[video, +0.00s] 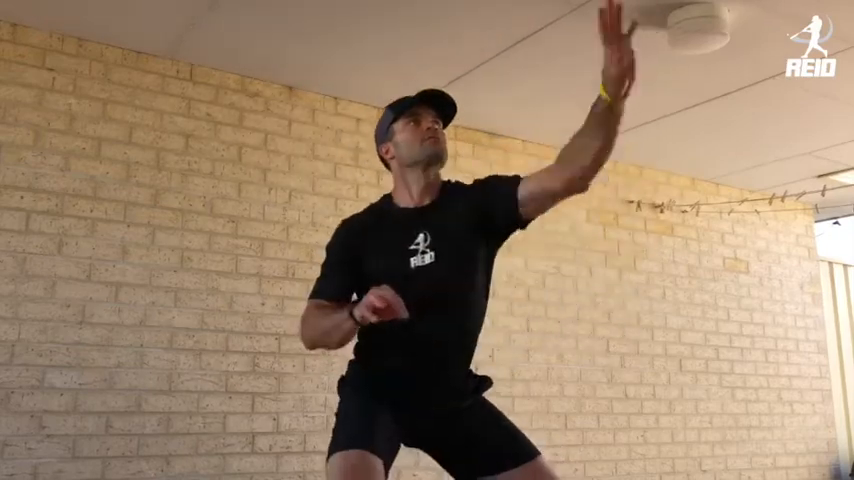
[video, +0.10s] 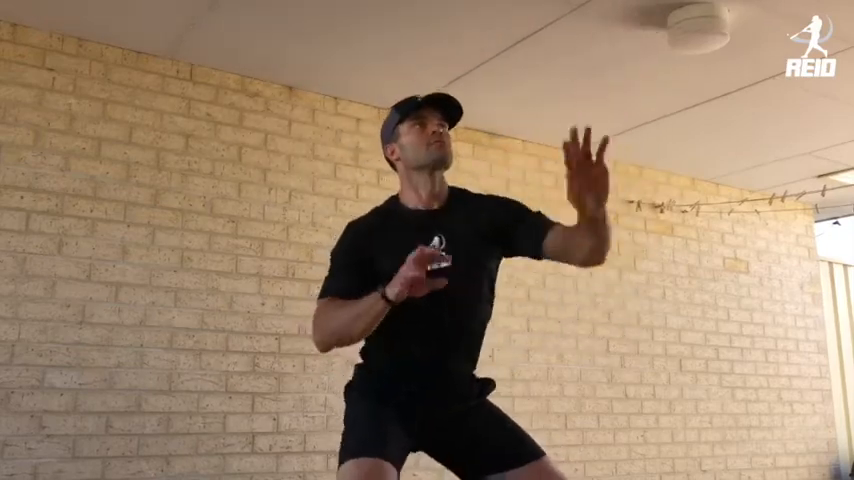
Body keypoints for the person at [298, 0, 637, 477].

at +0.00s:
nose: (432, 124)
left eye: (437, 120)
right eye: (413, 120)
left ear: (446, 142)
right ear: (386, 150)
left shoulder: (480, 205)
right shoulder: (357, 233)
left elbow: (569, 175)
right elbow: (313, 331)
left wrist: (612, 95)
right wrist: (354, 315)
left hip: (452, 395)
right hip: (375, 393)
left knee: (540, 476)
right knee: (354, 473)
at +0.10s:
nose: (438, 129)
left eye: (443, 124)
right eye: (420, 124)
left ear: (451, 143)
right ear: (393, 153)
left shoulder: (489, 216)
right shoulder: (365, 234)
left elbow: (588, 251)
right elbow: (324, 333)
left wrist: (592, 211)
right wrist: (390, 293)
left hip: (456, 398)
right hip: (382, 397)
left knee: (546, 476)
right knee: (366, 475)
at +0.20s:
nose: (444, 142)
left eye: (449, 138)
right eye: (426, 138)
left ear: (458, 156)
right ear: (399, 165)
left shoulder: (493, 232)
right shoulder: (382, 248)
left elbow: (560, 304)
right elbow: (368, 348)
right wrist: (437, 278)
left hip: (466, 407)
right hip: (395, 405)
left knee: (554, 475)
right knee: (385, 473)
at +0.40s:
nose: (480, 194)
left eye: (481, 188)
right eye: (461, 190)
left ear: (490, 202)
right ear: (432, 218)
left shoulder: (491, 285)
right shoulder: (433, 282)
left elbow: (511, 341)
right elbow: (504, 287)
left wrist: (558, 357)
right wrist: (571, 187)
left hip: (475, 448)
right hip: (413, 452)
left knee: (564, 477)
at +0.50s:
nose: (493, 192)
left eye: (495, 186)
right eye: (476, 187)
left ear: (501, 199)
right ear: (445, 213)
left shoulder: (503, 284)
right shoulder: (435, 274)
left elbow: (519, 355)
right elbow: (490, 311)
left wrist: (560, 360)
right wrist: (557, 220)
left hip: (477, 449)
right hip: (414, 451)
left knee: (565, 478)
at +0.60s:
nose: (511, 184)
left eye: (512, 178)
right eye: (494, 176)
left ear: (517, 191)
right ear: (461, 198)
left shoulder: (521, 286)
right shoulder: (437, 261)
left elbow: (553, 369)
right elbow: (443, 347)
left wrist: (593, 344)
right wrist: (543, 313)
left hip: (482, 439)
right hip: (414, 438)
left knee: (568, 477)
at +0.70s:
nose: (541, 183)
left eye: (542, 177)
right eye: (525, 175)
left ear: (545, 191)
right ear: (488, 191)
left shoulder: (542, 289)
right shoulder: (446, 247)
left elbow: (578, 369)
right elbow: (420, 339)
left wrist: (658, 362)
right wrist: (505, 368)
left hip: (482, 427)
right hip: (415, 419)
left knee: (569, 476)